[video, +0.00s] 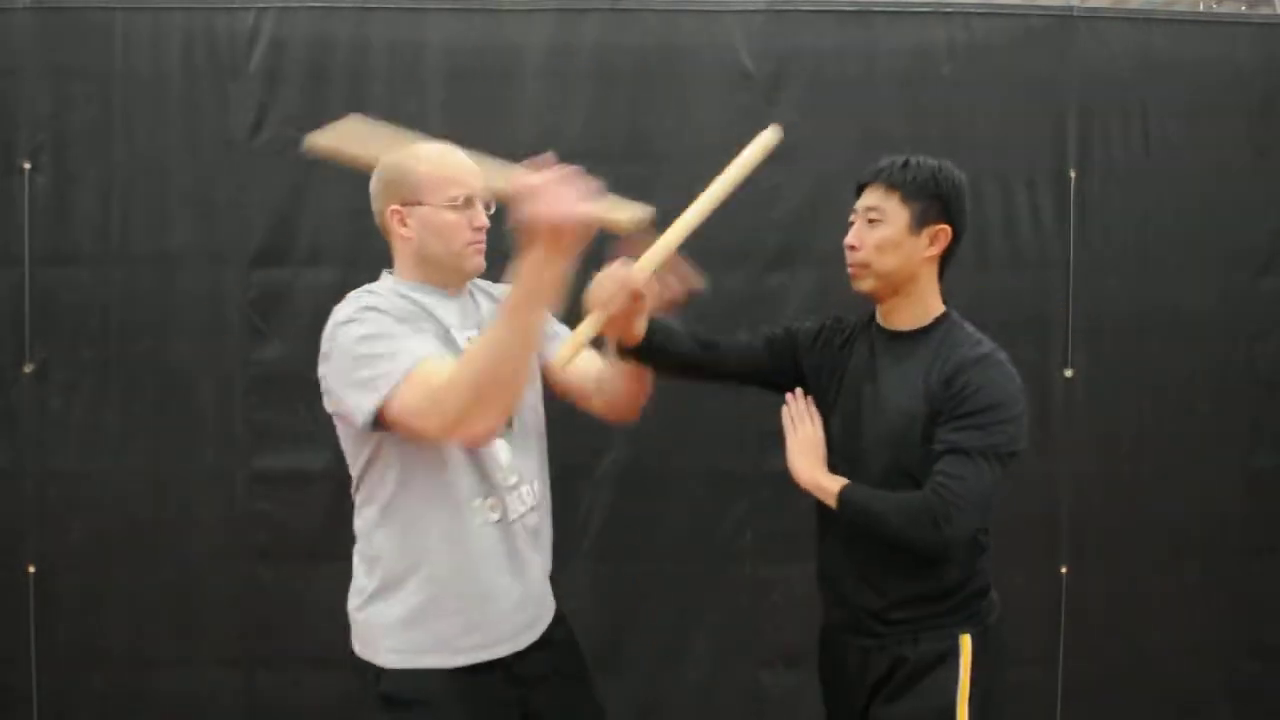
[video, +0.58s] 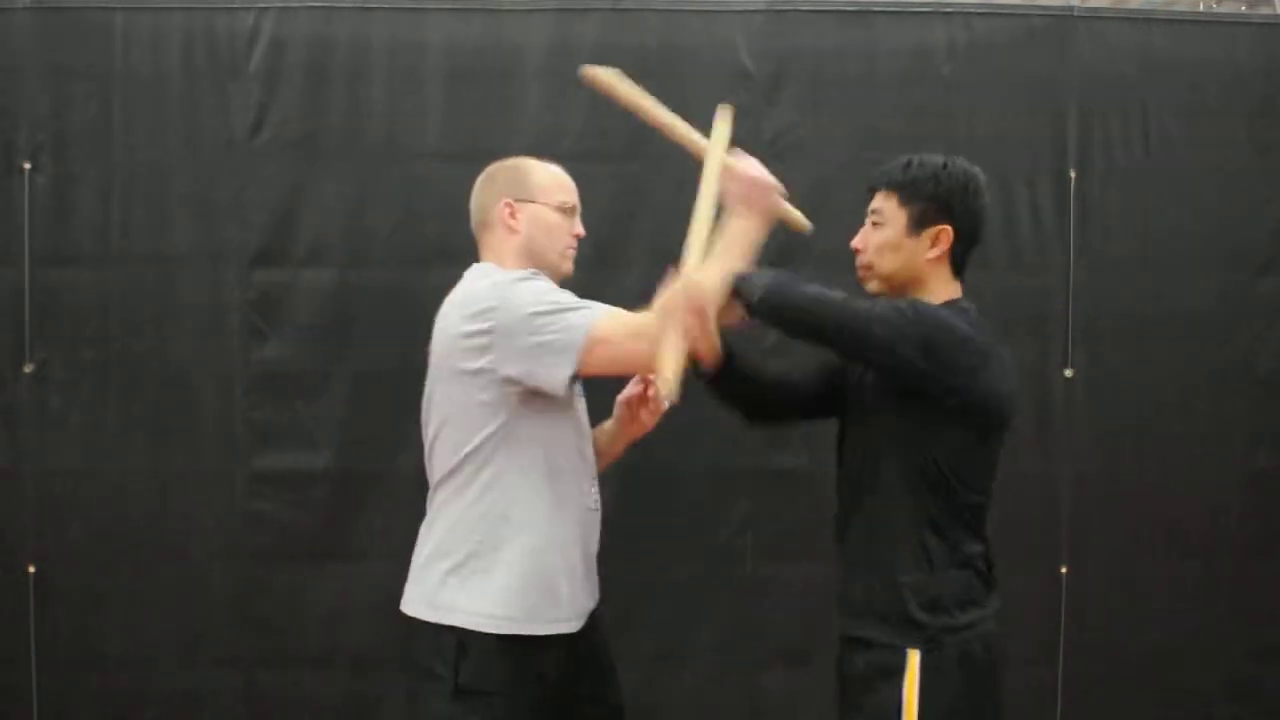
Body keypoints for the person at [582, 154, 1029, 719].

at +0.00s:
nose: (850, 239)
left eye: (873, 222)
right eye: (853, 222)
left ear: (934, 240)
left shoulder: (979, 374)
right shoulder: (833, 348)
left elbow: (945, 523)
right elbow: (720, 355)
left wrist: (821, 482)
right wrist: (633, 335)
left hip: (938, 651)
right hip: (848, 644)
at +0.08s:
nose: (849, 242)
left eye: (872, 223)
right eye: (851, 225)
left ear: (933, 241)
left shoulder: (982, 373)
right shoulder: (834, 350)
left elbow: (964, 516)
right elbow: (742, 398)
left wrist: (831, 480)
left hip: (938, 647)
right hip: (848, 641)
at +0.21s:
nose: (846, 245)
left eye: (869, 226)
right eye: (848, 228)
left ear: (930, 242)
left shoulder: (981, 367)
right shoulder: (841, 363)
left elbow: (951, 475)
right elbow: (757, 462)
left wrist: (836, 439)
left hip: (939, 649)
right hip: (850, 644)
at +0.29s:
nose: (847, 246)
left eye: (868, 228)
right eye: (849, 229)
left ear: (929, 242)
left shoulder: (977, 363)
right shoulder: (842, 372)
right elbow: (786, 488)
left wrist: (803, 383)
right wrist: (764, 585)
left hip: (945, 650)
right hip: (856, 646)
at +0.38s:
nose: (850, 248)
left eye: (871, 229)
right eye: (853, 230)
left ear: (933, 243)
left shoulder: (965, 354)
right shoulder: (867, 360)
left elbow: (853, 333)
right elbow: (809, 478)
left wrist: (734, 317)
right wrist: (783, 567)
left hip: (940, 653)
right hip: (864, 648)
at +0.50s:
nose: (856, 242)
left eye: (878, 225)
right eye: (863, 225)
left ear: (938, 242)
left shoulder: (957, 344)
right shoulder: (892, 345)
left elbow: (817, 303)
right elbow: (824, 431)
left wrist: (667, 261)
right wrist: (749, 466)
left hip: (936, 651)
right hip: (883, 643)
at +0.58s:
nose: (856, 242)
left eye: (876, 225)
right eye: (864, 224)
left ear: (936, 241)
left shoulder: (956, 343)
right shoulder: (890, 348)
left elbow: (840, 318)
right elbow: (772, 396)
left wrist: (739, 285)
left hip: (929, 646)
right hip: (879, 641)